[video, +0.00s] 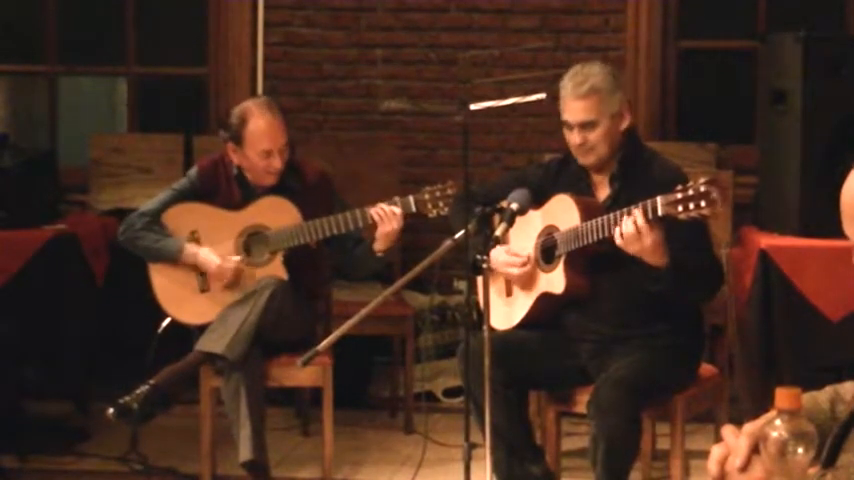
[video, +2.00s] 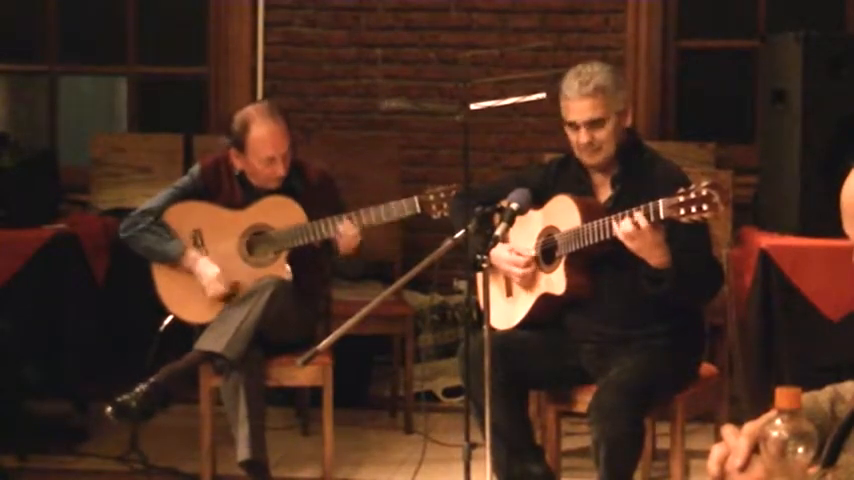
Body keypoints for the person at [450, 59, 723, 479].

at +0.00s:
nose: (577, 139)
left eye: (589, 126)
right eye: (568, 128)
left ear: (623, 119)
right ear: (561, 124)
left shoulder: (665, 184)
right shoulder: (557, 176)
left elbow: (706, 281)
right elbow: (467, 205)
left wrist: (661, 260)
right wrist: (486, 250)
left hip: (653, 342)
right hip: (573, 336)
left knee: (613, 394)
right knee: (484, 353)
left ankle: (609, 473)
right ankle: (524, 471)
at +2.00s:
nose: (585, 138)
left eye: (597, 125)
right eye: (573, 127)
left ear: (624, 117)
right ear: (563, 124)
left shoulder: (666, 183)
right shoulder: (557, 177)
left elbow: (705, 284)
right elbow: (467, 202)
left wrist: (662, 259)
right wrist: (489, 249)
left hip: (652, 344)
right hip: (572, 338)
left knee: (613, 404)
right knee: (484, 352)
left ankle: (613, 474)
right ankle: (525, 471)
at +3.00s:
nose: (548, 141)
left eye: (556, 131)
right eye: (548, 130)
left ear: (595, 131)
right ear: (591, 132)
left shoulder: (667, 186)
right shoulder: (557, 179)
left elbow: (710, 285)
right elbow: (468, 205)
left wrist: (666, 263)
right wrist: (488, 253)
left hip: (657, 346)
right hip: (577, 339)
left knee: (615, 407)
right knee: (486, 358)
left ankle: (618, 475)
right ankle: (524, 473)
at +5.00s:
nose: (656, 158)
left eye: (670, 136)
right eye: (637, 143)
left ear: (704, 113)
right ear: (618, 131)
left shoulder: (761, 198)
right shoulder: (604, 181)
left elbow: (805, 348)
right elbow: (479, 211)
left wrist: (745, 329)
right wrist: (508, 286)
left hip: (736, 406)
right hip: (622, 397)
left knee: (712, 460)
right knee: (499, 428)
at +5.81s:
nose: (663, 147)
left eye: (678, 123)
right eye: (643, 130)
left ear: (714, 102)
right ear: (625, 123)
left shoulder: (775, 195)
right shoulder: (612, 180)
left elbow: (829, 350)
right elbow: (481, 211)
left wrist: (774, 327)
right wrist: (512, 288)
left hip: (744, 421)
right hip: (625, 409)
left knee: (722, 467)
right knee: (502, 435)